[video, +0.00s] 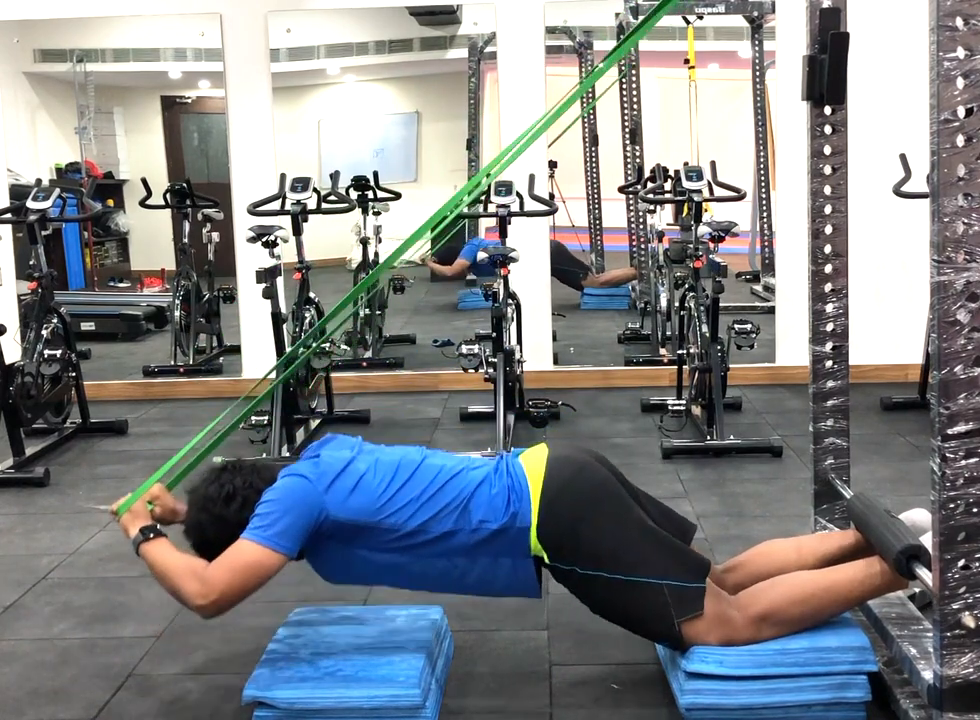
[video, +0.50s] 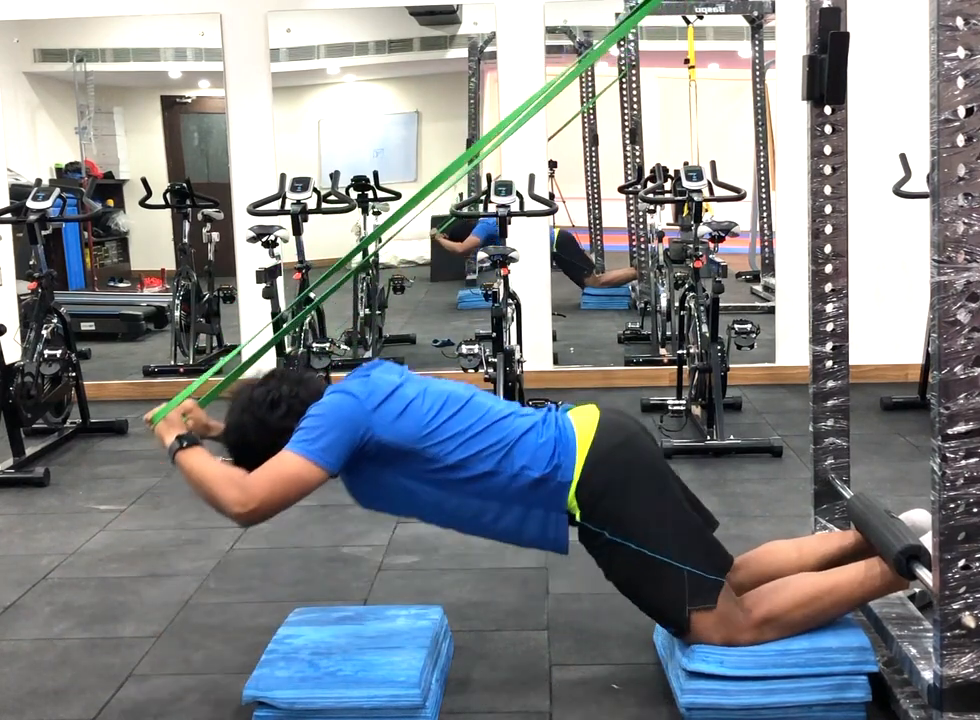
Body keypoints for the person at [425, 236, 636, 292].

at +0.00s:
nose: (451, 270)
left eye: (449, 266)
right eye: (448, 267)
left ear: (455, 258)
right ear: (457, 249)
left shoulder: (472, 247)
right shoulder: (476, 244)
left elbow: (453, 272)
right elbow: (455, 271)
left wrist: (431, 264)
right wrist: (435, 265)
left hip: (547, 253)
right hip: (547, 249)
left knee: (592, 282)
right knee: (592, 279)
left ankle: (641, 271)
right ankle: (641, 270)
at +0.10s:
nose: (459, 268)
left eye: (457, 264)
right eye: (456, 265)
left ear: (458, 256)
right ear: (460, 246)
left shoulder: (473, 244)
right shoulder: (480, 240)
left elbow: (454, 267)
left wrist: (431, 260)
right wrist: (436, 258)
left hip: (548, 251)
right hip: (549, 246)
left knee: (593, 281)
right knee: (591, 277)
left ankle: (640, 271)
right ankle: (638, 270)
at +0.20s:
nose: (458, 262)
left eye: (455, 259)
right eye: (455, 259)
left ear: (458, 250)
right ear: (460, 242)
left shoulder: (476, 239)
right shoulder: (481, 237)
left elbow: (455, 262)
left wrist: (431, 254)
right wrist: (435, 253)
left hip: (550, 248)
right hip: (550, 245)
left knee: (592, 282)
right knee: (592, 279)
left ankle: (640, 271)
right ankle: (639, 270)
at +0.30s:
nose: (459, 254)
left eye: (458, 251)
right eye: (457, 251)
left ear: (462, 241)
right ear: (463, 238)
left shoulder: (480, 232)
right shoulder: (487, 231)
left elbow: (456, 258)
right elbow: (457, 256)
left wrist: (432, 247)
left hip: (553, 245)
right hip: (552, 243)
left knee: (593, 281)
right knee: (592, 280)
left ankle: (641, 271)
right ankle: (639, 270)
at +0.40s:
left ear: (468, 226)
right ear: (472, 221)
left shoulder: (484, 227)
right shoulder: (492, 222)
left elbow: (459, 253)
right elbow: (462, 250)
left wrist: (434, 242)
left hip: (555, 243)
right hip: (553, 242)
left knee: (593, 281)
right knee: (591, 279)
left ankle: (642, 270)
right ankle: (640, 270)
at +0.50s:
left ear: (490, 200)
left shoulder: (489, 220)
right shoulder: (502, 215)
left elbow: (462, 249)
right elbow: (467, 246)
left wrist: (440, 239)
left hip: (559, 242)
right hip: (556, 242)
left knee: (594, 280)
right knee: (592, 279)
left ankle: (642, 269)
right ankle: (640, 269)